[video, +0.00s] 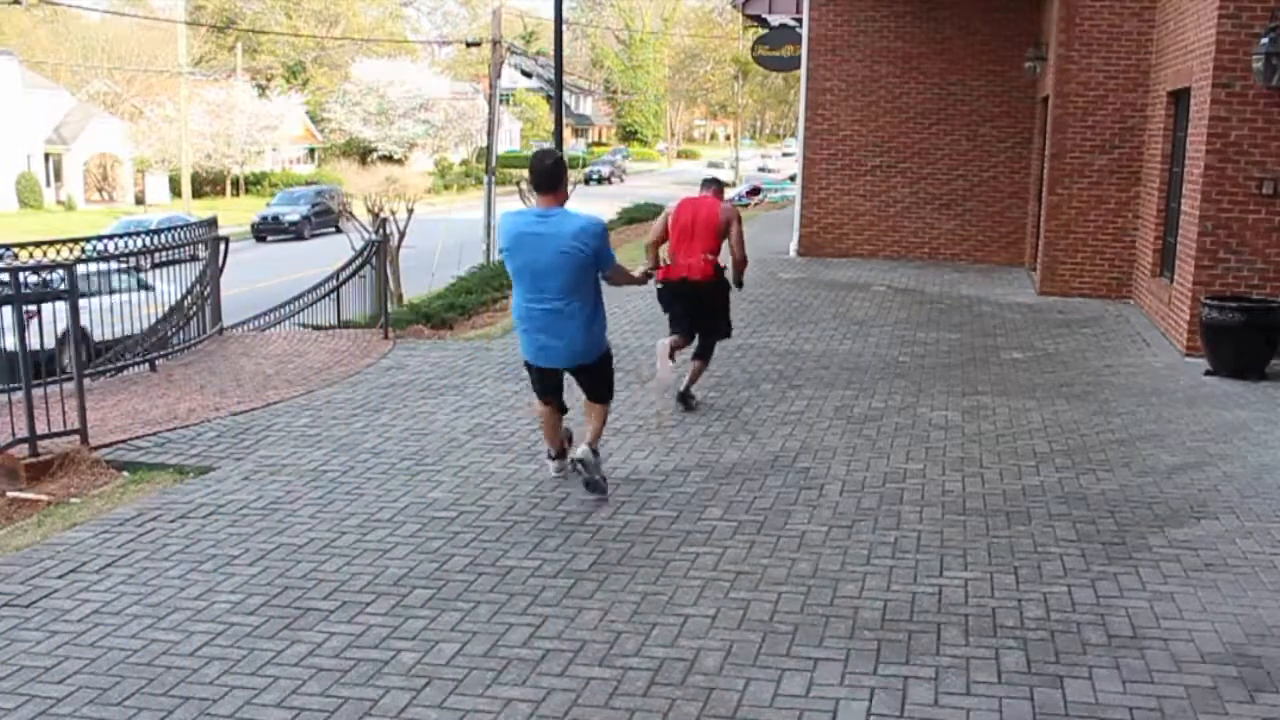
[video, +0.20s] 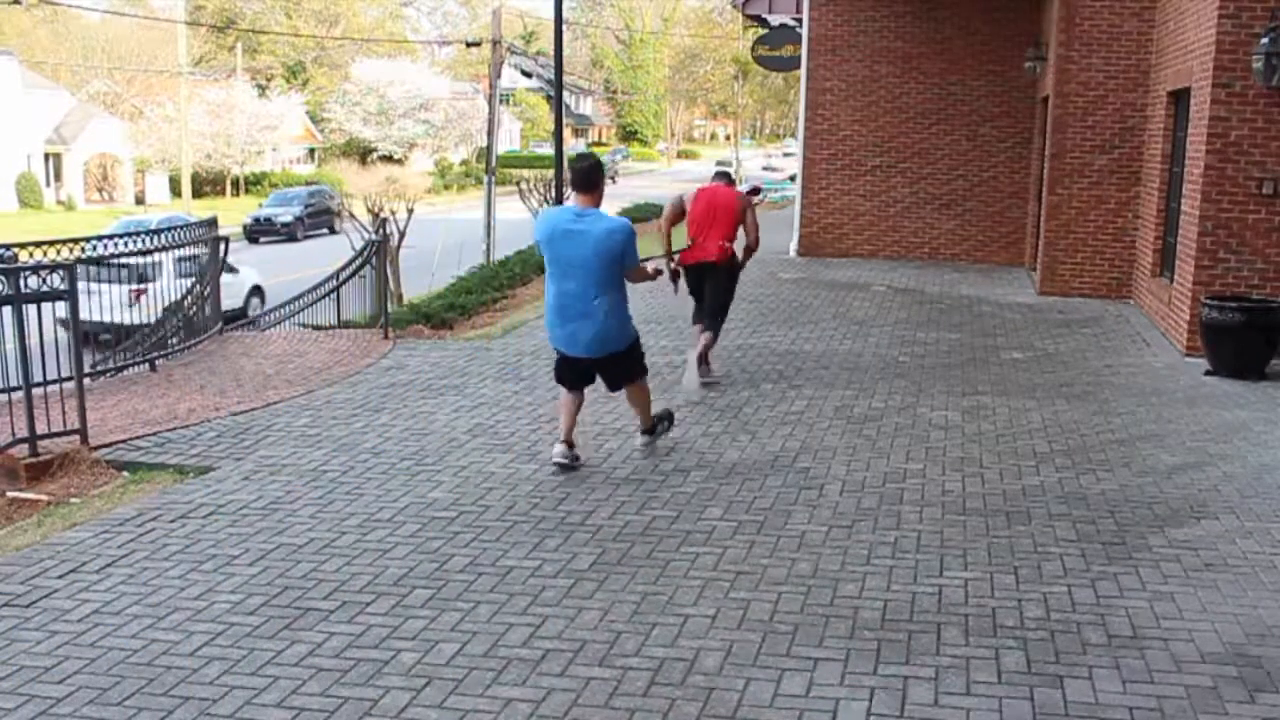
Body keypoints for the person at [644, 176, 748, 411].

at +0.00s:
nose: (722, 200)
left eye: (720, 197)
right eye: (723, 196)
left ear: (700, 191)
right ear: (720, 194)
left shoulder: (676, 206)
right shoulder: (728, 211)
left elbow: (652, 242)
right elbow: (739, 257)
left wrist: (654, 267)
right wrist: (737, 278)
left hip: (673, 281)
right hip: (707, 283)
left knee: (685, 333)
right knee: (708, 339)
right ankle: (686, 387)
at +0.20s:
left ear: (711, 182)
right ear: (733, 185)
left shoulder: (692, 196)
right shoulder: (742, 200)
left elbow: (665, 221)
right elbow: (753, 241)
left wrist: (669, 259)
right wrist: (741, 262)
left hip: (692, 261)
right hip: (723, 262)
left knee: (699, 304)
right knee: (715, 317)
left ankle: (703, 359)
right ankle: (699, 351)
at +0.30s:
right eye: (735, 188)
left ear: (713, 185)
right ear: (735, 187)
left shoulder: (697, 202)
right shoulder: (744, 202)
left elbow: (685, 238)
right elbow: (757, 230)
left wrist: (692, 252)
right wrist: (754, 258)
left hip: (698, 265)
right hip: (729, 263)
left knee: (699, 319)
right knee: (729, 307)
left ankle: (701, 367)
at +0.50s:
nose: (750, 185)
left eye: (749, 183)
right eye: (751, 182)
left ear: (730, 177)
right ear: (750, 179)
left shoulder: (712, 192)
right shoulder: (755, 189)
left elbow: (697, 227)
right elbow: (763, 209)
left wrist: (698, 239)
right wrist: (757, 237)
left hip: (711, 254)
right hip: (740, 253)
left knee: (710, 302)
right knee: (745, 294)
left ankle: (702, 339)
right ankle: (728, 332)